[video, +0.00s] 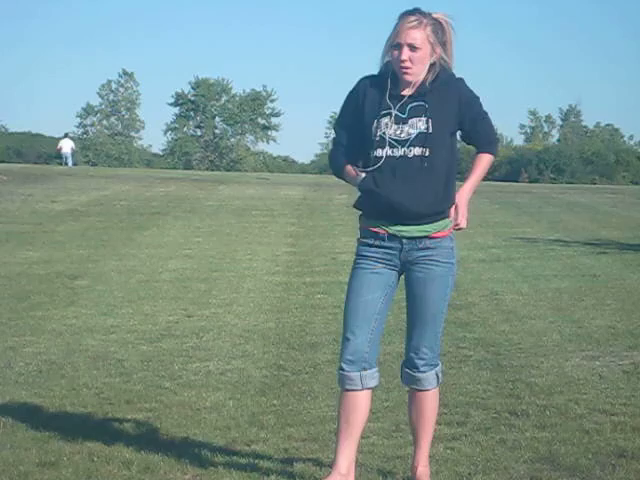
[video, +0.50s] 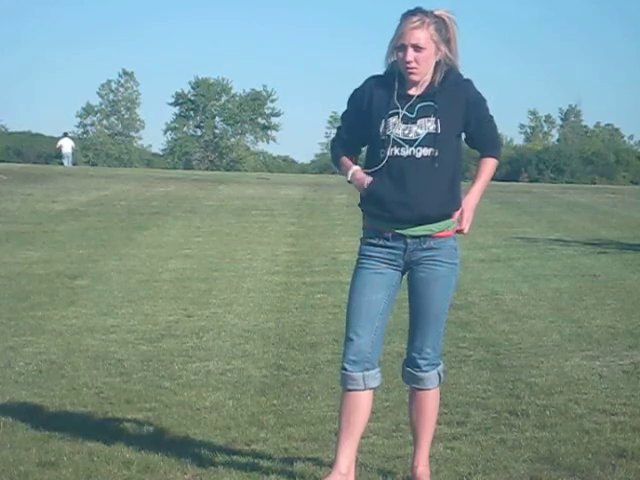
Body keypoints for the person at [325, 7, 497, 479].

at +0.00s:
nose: (403, 55)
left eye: (413, 48)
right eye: (397, 46)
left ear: (435, 53)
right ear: (388, 49)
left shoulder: (454, 91)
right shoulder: (367, 90)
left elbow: (488, 144)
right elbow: (340, 156)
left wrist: (464, 193)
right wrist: (363, 179)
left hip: (433, 245)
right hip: (374, 243)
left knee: (422, 362)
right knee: (355, 359)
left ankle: (420, 466)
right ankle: (342, 470)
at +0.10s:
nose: (403, 55)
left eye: (414, 48)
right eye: (397, 46)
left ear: (435, 53)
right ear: (389, 49)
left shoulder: (455, 91)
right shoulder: (369, 91)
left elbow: (489, 144)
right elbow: (343, 160)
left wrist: (467, 195)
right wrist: (369, 184)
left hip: (432, 245)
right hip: (374, 244)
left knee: (421, 362)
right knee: (355, 358)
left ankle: (421, 466)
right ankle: (342, 469)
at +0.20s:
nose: (405, 55)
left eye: (415, 47)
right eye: (398, 46)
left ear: (437, 52)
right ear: (390, 49)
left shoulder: (457, 92)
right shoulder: (369, 91)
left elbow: (489, 146)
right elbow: (340, 159)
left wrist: (468, 195)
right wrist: (369, 186)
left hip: (434, 245)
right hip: (375, 244)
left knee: (422, 362)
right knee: (356, 358)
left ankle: (420, 466)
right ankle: (342, 469)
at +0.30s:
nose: (406, 55)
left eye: (417, 47)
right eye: (400, 46)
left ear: (438, 52)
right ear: (392, 49)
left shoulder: (458, 91)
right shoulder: (370, 91)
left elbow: (489, 146)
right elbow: (339, 153)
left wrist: (471, 195)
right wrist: (361, 177)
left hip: (436, 245)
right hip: (377, 244)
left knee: (423, 362)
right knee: (357, 358)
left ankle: (421, 466)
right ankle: (343, 470)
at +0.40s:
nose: (407, 55)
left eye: (417, 48)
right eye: (401, 47)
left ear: (439, 51)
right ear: (392, 49)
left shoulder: (460, 92)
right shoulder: (372, 91)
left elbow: (489, 148)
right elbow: (340, 149)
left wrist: (471, 196)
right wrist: (353, 171)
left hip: (437, 245)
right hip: (377, 244)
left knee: (423, 362)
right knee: (357, 358)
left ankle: (421, 466)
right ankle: (342, 469)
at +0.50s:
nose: (408, 56)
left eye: (418, 48)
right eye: (401, 47)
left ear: (439, 51)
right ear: (394, 49)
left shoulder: (461, 92)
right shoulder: (373, 91)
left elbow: (490, 149)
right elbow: (342, 149)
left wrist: (471, 199)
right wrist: (356, 174)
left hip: (437, 245)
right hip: (377, 243)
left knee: (423, 361)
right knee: (357, 357)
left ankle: (420, 466)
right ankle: (343, 469)